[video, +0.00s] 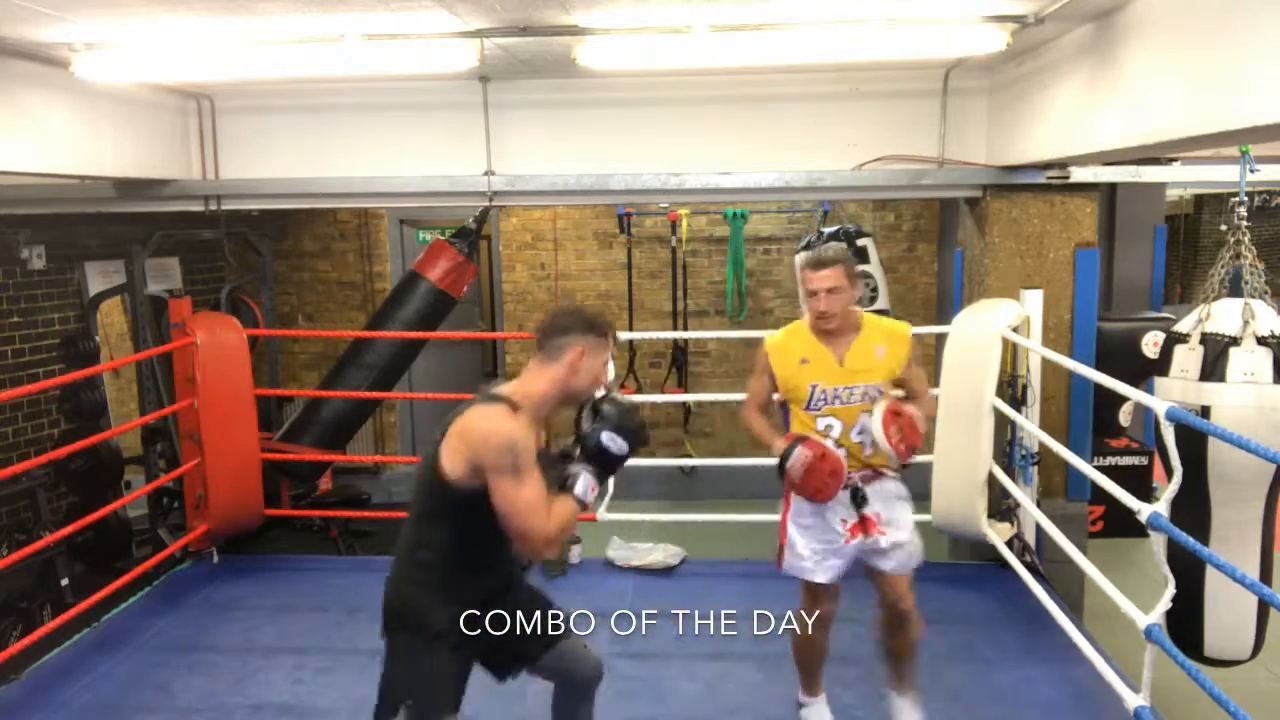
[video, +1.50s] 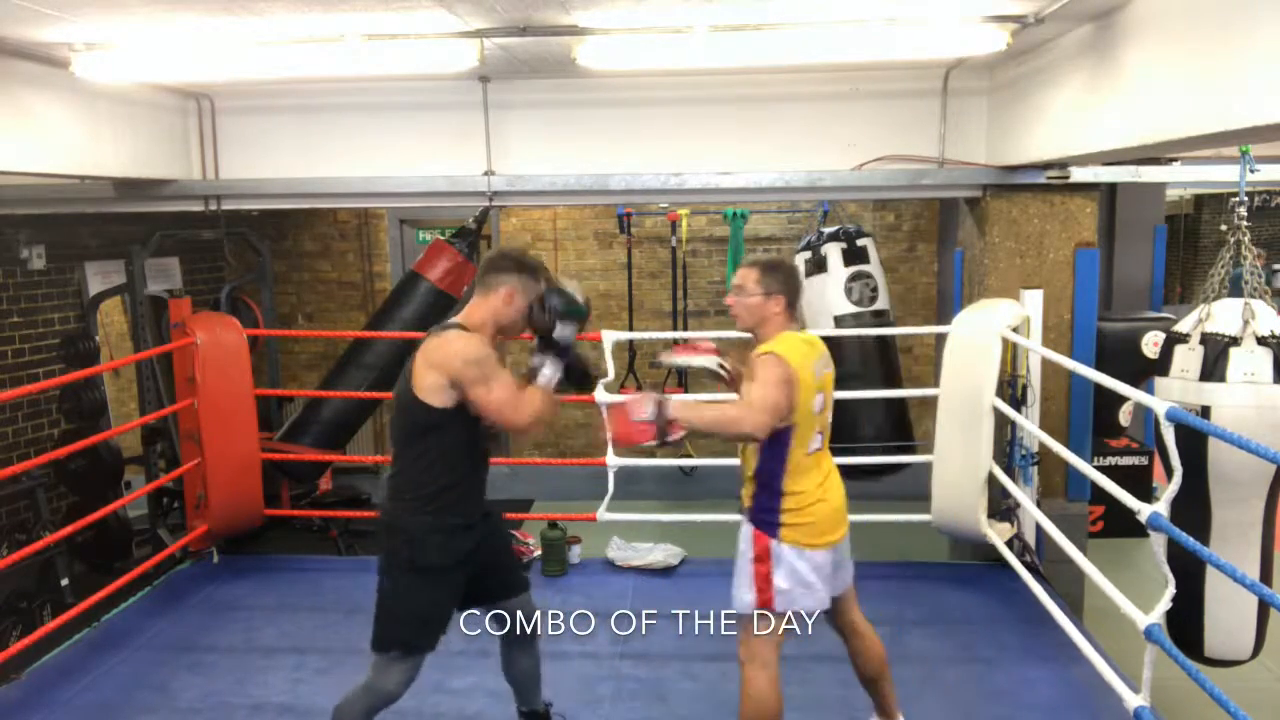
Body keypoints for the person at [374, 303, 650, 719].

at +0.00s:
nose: (606, 376)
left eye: (609, 363)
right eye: (605, 361)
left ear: (570, 358)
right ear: (575, 358)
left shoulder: (527, 414)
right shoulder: (497, 426)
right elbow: (539, 540)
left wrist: (568, 468)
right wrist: (592, 469)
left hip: (487, 594)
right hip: (435, 608)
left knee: (582, 671)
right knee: (421, 712)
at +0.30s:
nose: (580, 338)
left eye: (581, 327)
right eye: (576, 325)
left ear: (541, 322)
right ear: (541, 320)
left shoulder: (522, 387)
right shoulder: (470, 381)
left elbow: (515, 466)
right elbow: (497, 488)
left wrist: (562, 423)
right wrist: (560, 435)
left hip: (492, 555)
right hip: (434, 565)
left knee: (567, 650)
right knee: (428, 706)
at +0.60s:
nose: (517, 296)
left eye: (517, 283)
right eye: (509, 283)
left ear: (474, 283)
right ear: (473, 282)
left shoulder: (468, 345)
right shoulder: (412, 356)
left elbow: (468, 426)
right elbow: (451, 457)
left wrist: (519, 401)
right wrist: (507, 402)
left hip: (468, 526)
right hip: (409, 538)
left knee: (524, 623)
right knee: (382, 667)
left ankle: (553, 710)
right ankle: (348, 712)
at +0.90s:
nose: (542, 289)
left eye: (542, 278)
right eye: (536, 277)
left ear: (504, 277)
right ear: (504, 276)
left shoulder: (503, 340)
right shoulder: (446, 340)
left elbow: (508, 416)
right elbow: (482, 438)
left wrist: (555, 374)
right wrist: (545, 385)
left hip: (488, 519)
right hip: (431, 528)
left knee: (520, 628)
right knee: (404, 669)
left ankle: (533, 711)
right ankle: (363, 711)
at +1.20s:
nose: (540, 314)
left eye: (545, 304)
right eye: (539, 300)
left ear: (503, 290)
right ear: (507, 286)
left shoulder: (484, 343)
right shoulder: (464, 341)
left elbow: (521, 418)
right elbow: (538, 415)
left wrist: (560, 354)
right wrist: (564, 350)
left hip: (481, 524)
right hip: (427, 534)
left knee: (531, 615)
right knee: (387, 663)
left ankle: (536, 712)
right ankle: (343, 713)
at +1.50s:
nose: (527, 322)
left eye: (531, 312)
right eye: (527, 307)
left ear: (495, 294)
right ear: (503, 292)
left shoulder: (465, 342)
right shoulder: (460, 346)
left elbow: (504, 416)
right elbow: (521, 414)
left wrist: (546, 355)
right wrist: (551, 363)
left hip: (468, 524)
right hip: (422, 533)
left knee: (520, 620)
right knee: (391, 677)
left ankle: (533, 712)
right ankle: (344, 717)